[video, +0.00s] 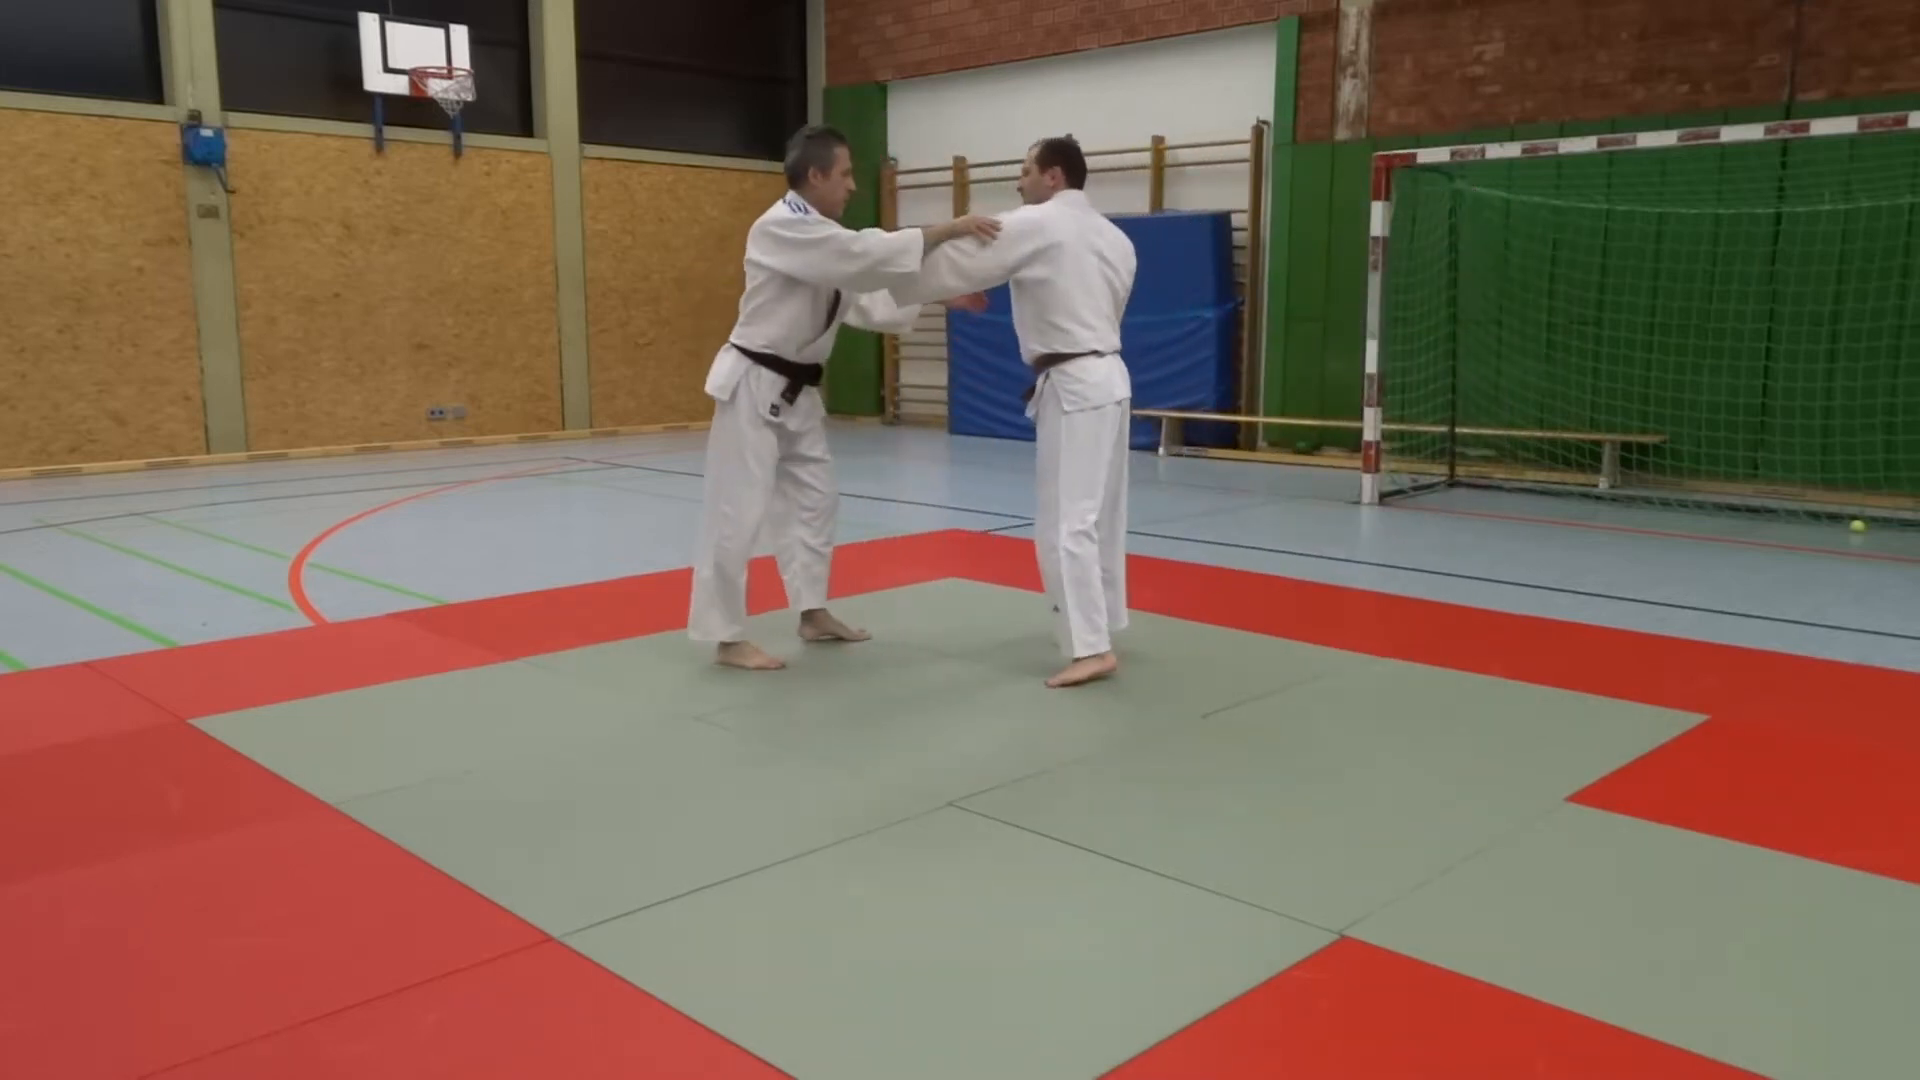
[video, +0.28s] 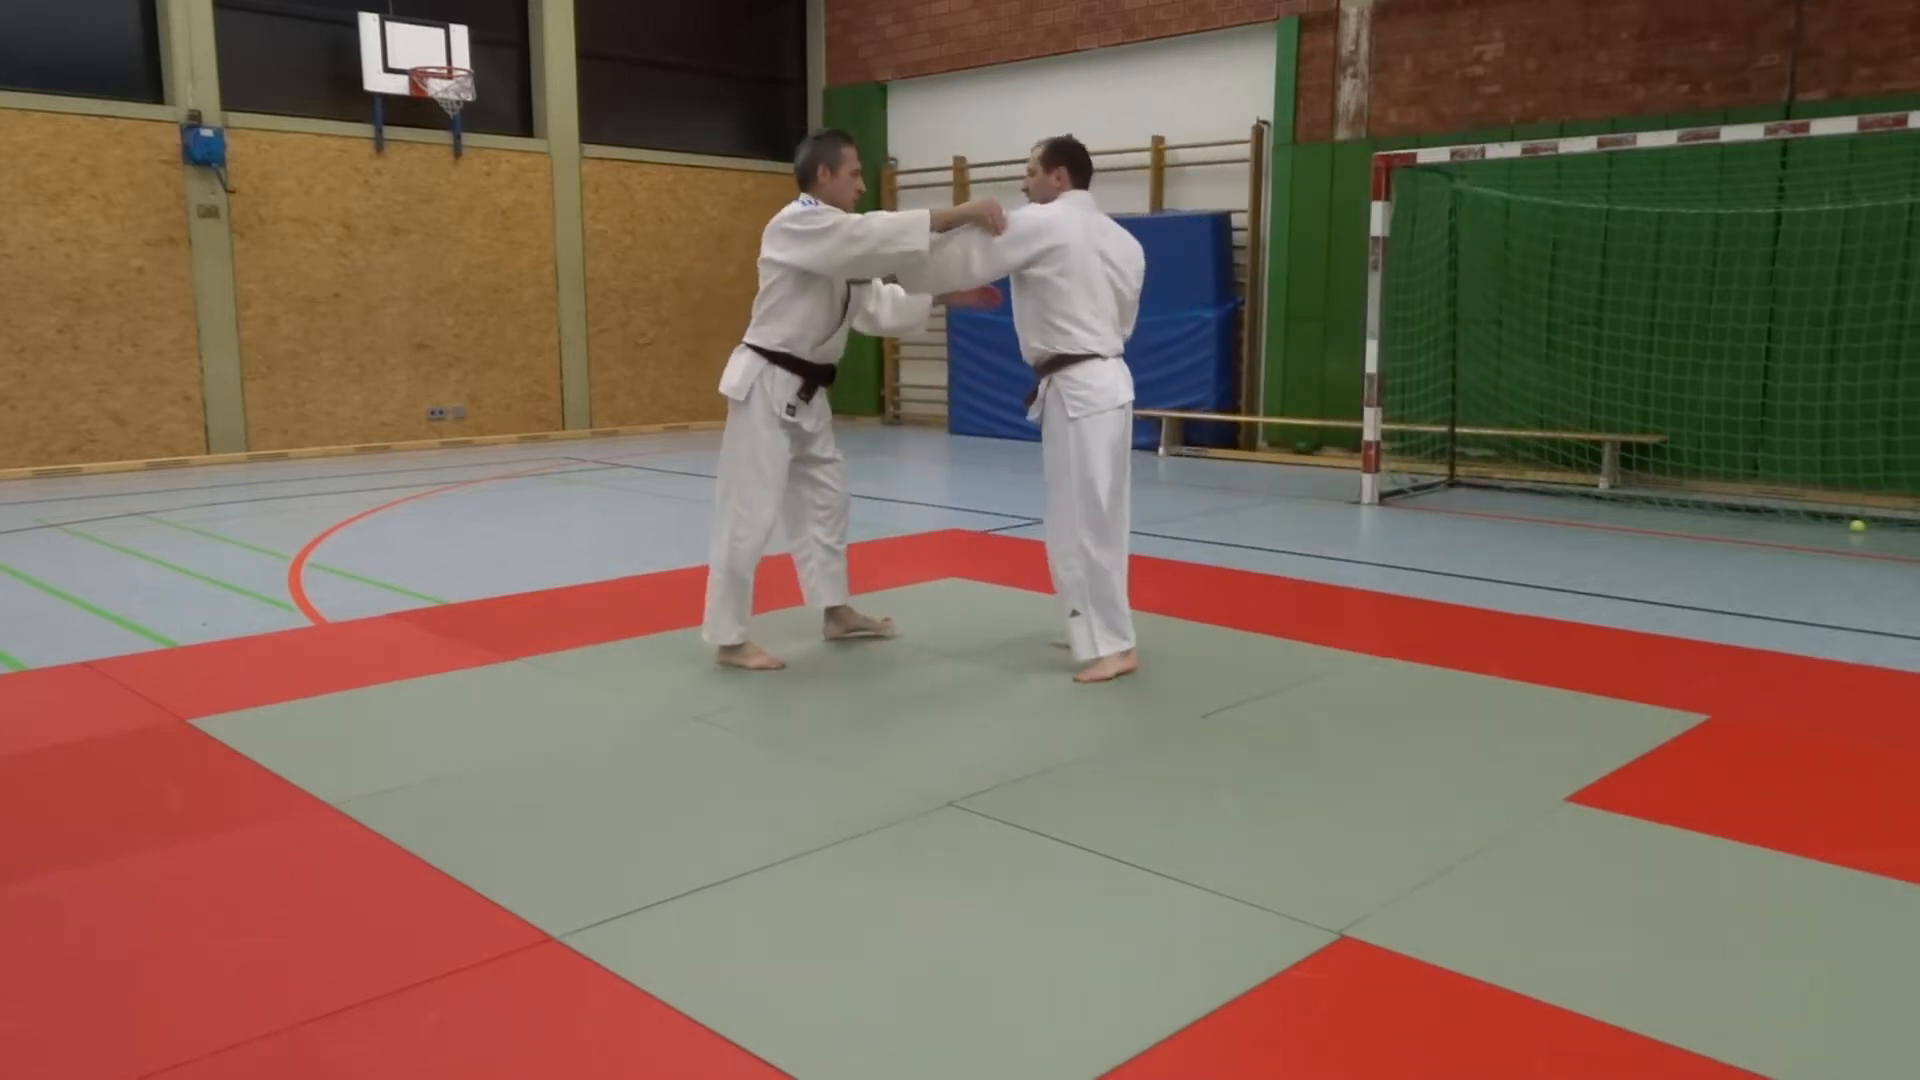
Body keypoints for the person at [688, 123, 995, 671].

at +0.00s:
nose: (853, 187)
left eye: (852, 175)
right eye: (845, 176)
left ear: (819, 176)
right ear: (813, 177)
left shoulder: (825, 238)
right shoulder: (779, 226)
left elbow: (868, 299)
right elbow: (857, 252)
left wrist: (941, 293)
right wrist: (947, 229)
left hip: (800, 389)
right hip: (753, 382)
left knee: (815, 499)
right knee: (737, 508)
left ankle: (814, 614)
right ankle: (728, 638)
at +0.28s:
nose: (860, 185)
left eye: (861, 175)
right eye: (853, 174)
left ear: (834, 176)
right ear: (822, 175)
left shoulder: (839, 238)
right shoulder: (793, 223)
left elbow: (875, 304)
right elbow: (866, 232)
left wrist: (946, 295)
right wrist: (954, 215)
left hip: (809, 390)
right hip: (765, 382)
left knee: (825, 499)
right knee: (748, 509)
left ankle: (837, 613)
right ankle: (728, 639)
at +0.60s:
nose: (937, 199)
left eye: (938, 190)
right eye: (926, 189)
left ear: (933, 196)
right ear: (892, 193)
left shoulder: (922, 247)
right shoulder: (873, 232)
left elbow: (970, 290)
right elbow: (933, 260)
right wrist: (1023, 249)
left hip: (855, 389)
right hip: (810, 376)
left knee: (874, 497)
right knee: (833, 499)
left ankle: (849, 613)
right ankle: (760, 599)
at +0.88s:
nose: (962, 226)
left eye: (963, 216)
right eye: (951, 215)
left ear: (927, 222)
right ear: (916, 219)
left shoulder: (933, 268)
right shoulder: (898, 258)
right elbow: (947, 301)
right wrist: (1038, 275)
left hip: (872, 412)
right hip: (837, 394)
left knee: (890, 508)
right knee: (837, 515)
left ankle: (855, 616)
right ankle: (790, 654)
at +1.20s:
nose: (893, 184)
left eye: (893, 173)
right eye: (888, 173)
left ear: (850, 171)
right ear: (859, 172)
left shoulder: (842, 215)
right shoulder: (843, 218)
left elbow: (906, 262)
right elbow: (913, 282)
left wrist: (975, 274)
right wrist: (1008, 276)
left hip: (824, 383)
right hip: (802, 380)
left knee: (834, 514)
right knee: (802, 527)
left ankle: (806, 633)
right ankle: (774, 680)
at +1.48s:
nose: (815, 163)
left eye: (812, 153)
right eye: (808, 153)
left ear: (770, 161)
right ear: (782, 158)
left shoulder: (771, 211)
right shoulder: (771, 204)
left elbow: (800, 314)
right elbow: (857, 243)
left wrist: (867, 312)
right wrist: (956, 234)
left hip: (771, 383)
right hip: (758, 383)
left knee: (792, 525)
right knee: (789, 529)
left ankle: (784, 652)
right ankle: (743, 670)